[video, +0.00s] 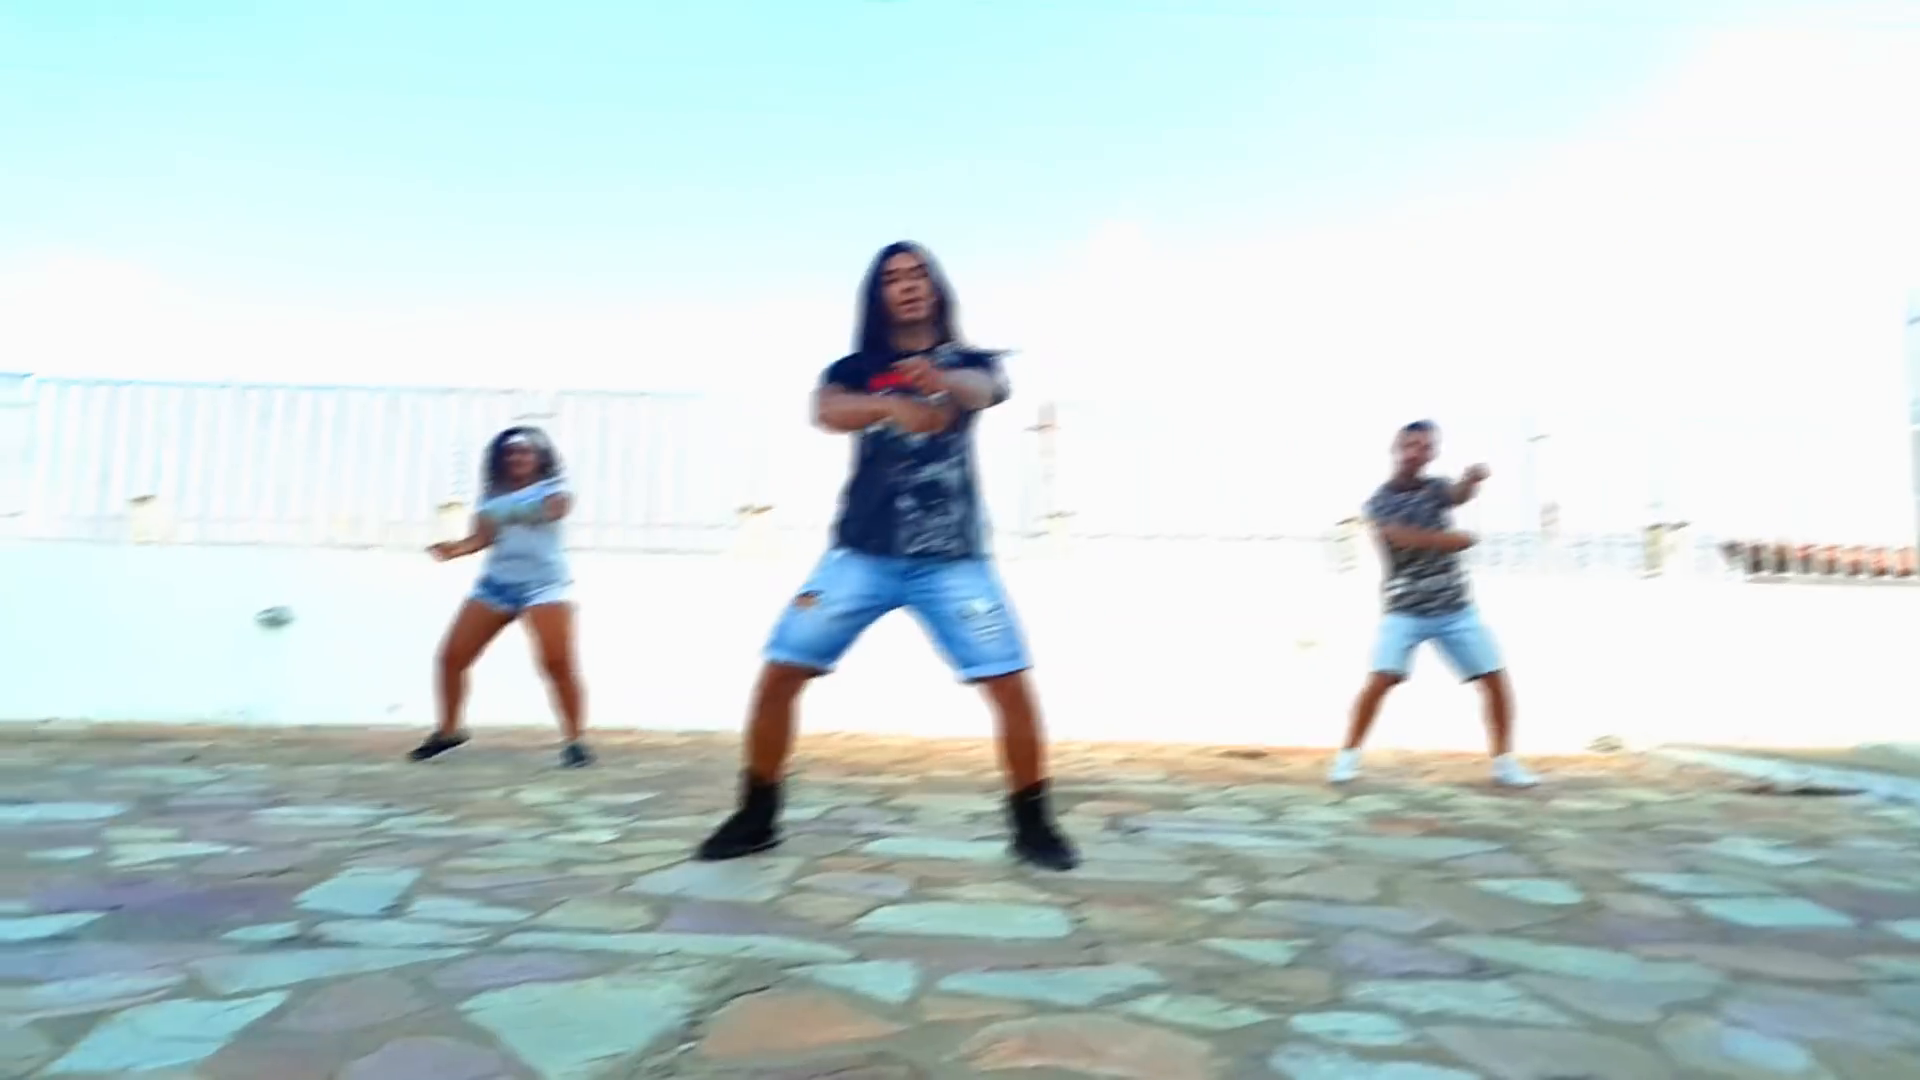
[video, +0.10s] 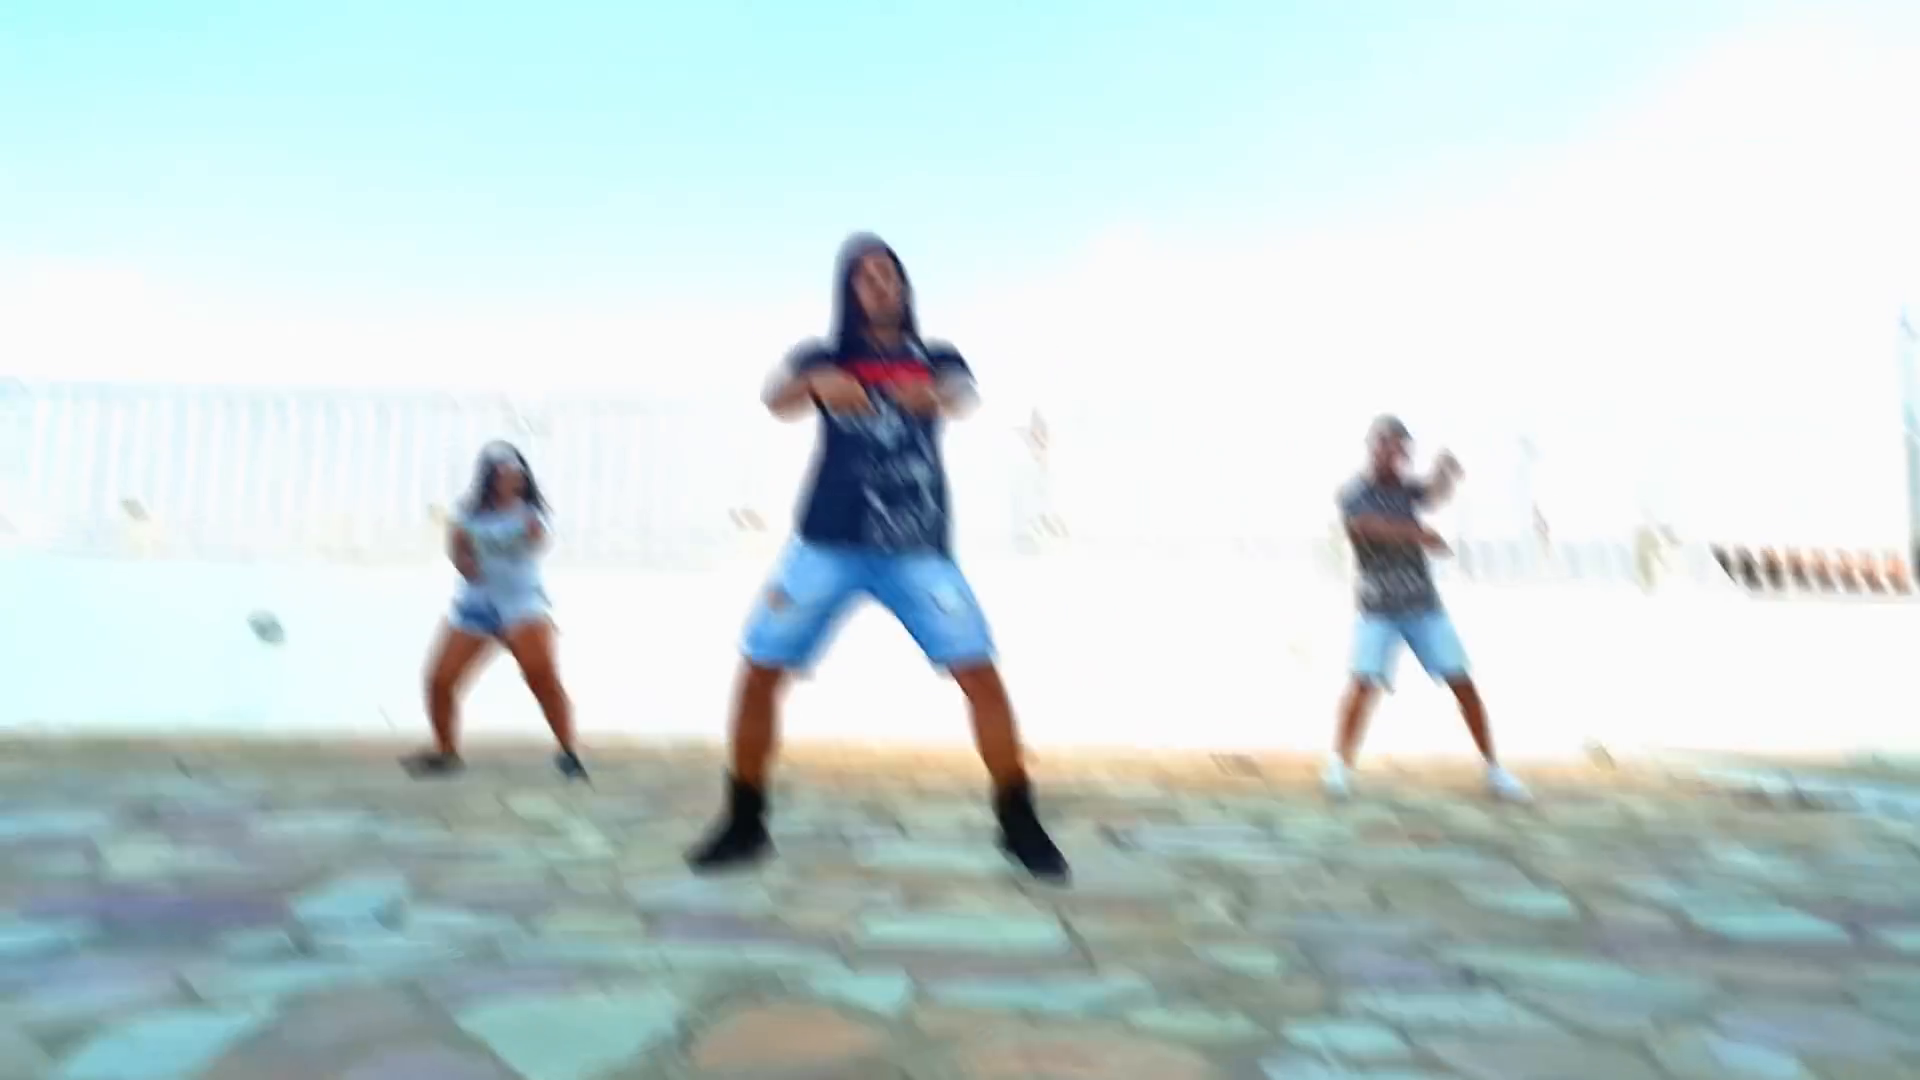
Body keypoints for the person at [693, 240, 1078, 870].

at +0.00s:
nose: (909, 288)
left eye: (918, 276)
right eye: (895, 280)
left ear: (938, 287)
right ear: (876, 298)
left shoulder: (969, 362)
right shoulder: (854, 369)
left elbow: (989, 388)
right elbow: (826, 411)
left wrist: (944, 380)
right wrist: (892, 408)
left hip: (953, 561)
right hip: (862, 558)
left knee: (1011, 684)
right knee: (779, 673)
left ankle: (1033, 824)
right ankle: (755, 816)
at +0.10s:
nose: (877, 284)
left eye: (885, 272)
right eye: (863, 276)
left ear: (904, 283)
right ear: (848, 291)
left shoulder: (933, 358)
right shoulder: (822, 358)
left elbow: (963, 398)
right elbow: (778, 403)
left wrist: (925, 396)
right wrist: (816, 382)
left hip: (916, 551)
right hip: (828, 548)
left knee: (981, 674)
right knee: (760, 670)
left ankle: (1019, 820)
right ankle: (744, 820)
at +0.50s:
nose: (787, 280)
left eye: (796, 269)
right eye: (773, 273)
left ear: (814, 283)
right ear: (757, 291)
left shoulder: (839, 355)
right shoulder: (732, 363)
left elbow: (870, 393)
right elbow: (721, 414)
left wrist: (842, 359)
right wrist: (772, 387)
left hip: (828, 557)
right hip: (737, 552)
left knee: (887, 678)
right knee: (660, 672)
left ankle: (924, 812)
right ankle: (642, 813)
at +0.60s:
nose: (767, 246)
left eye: (776, 236)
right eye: (753, 239)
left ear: (794, 251)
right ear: (736, 257)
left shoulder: (826, 326)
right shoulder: (716, 326)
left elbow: (868, 375)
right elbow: (696, 399)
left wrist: (850, 351)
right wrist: (689, 343)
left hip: (811, 519)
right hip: (723, 519)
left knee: (871, 643)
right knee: (660, 648)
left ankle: (925, 789)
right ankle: (636, 796)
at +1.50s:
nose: (773, 244)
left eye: (783, 236)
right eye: (760, 238)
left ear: (801, 256)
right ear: (742, 259)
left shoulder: (838, 321)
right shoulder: (713, 327)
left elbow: (864, 373)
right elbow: (613, 343)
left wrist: (807, 376)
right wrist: (648, 265)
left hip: (808, 525)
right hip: (718, 522)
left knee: (868, 653)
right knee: (659, 655)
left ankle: (912, 802)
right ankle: (615, 806)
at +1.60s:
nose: (800, 215)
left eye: (810, 208)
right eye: (787, 210)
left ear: (830, 226)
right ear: (769, 231)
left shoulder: (861, 306)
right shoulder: (738, 284)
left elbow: (881, 375)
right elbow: (628, 277)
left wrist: (835, 377)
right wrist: (620, 212)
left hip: (842, 495)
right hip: (756, 493)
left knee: (897, 631)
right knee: (687, 622)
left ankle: (948, 781)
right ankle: (657, 785)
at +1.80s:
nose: (847, 258)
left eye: (859, 249)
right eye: (834, 251)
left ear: (877, 267)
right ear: (818, 270)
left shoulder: (907, 342)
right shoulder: (786, 328)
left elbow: (954, 422)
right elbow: (701, 268)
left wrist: (888, 430)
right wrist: (655, 184)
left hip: (884, 541)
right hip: (796, 538)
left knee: (958, 662)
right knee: (743, 670)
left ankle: (1028, 806)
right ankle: (750, 812)